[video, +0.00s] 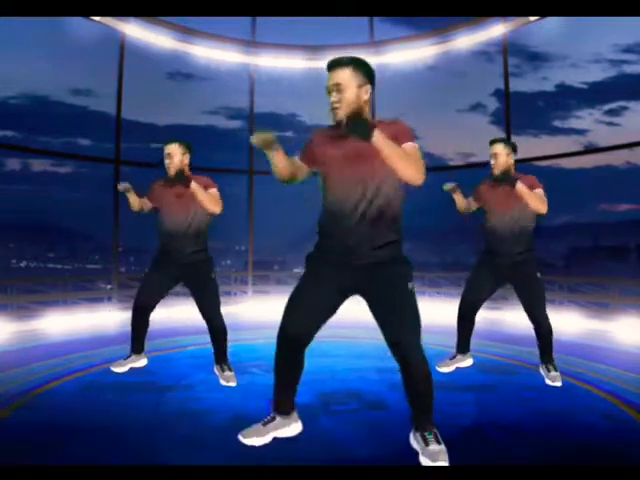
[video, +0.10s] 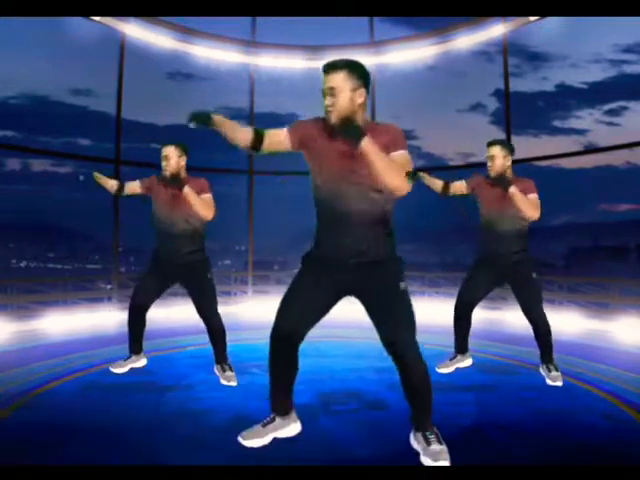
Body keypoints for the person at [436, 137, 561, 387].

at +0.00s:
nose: (494, 161)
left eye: (498, 156)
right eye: (492, 156)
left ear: (512, 157)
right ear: (490, 159)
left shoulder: (529, 183)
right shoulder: (485, 189)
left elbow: (542, 208)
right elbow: (466, 209)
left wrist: (517, 184)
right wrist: (457, 195)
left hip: (522, 262)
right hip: (491, 262)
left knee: (539, 317)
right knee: (467, 306)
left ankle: (548, 364)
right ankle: (462, 354)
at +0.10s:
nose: (489, 163)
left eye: (494, 158)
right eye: (487, 158)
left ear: (508, 159)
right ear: (487, 161)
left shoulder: (524, 185)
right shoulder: (479, 183)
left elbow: (533, 214)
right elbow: (447, 189)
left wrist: (510, 188)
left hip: (518, 263)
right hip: (488, 262)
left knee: (535, 314)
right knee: (463, 305)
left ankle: (548, 364)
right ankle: (461, 355)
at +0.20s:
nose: (481, 162)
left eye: (485, 157)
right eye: (480, 157)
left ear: (500, 159)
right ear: (483, 161)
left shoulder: (517, 185)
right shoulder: (481, 185)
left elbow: (517, 219)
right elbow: (458, 196)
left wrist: (498, 194)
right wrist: (449, 186)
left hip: (510, 262)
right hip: (485, 261)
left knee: (524, 312)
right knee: (460, 304)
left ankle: (549, 364)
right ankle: (461, 354)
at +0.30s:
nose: (476, 160)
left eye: (479, 156)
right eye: (475, 156)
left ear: (492, 157)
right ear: (484, 158)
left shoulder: (504, 181)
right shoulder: (483, 183)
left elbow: (504, 212)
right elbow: (486, 213)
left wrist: (479, 188)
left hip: (500, 258)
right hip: (484, 256)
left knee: (513, 310)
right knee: (460, 300)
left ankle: (552, 357)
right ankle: (461, 354)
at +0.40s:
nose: (479, 162)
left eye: (482, 158)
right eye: (479, 158)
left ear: (491, 158)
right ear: (495, 159)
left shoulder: (494, 179)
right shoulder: (496, 180)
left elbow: (458, 186)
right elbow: (459, 186)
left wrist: (437, 176)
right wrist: (439, 177)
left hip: (499, 259)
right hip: (487, 258)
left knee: (509, 313)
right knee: (460, 300)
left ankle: (550, 358)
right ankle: (460, 353)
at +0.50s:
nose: (480, 162)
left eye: (482, 157)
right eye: (480, 158)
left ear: (492, 156)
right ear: (497, 157)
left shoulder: (496, 176)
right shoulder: (501, 179)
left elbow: (458, 182)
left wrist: (433, 173)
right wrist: (441, 176)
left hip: (499, 258)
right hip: (489, 256)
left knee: (513, 313)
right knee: (464, 300)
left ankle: (548, 359)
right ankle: (461, 354)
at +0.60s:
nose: (480, 164)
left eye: (483, 159)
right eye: (479, 160)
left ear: (495, 158)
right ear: (486, 161)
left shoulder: (511, 178)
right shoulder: (490, 183)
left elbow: (500, 196)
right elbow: (480, 208)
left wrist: (480, 182)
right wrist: (476, 190)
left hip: (510, 259)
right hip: (489, 259)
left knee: (521, 312)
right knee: (469, 302)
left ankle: (546, 363)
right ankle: (461, 353)